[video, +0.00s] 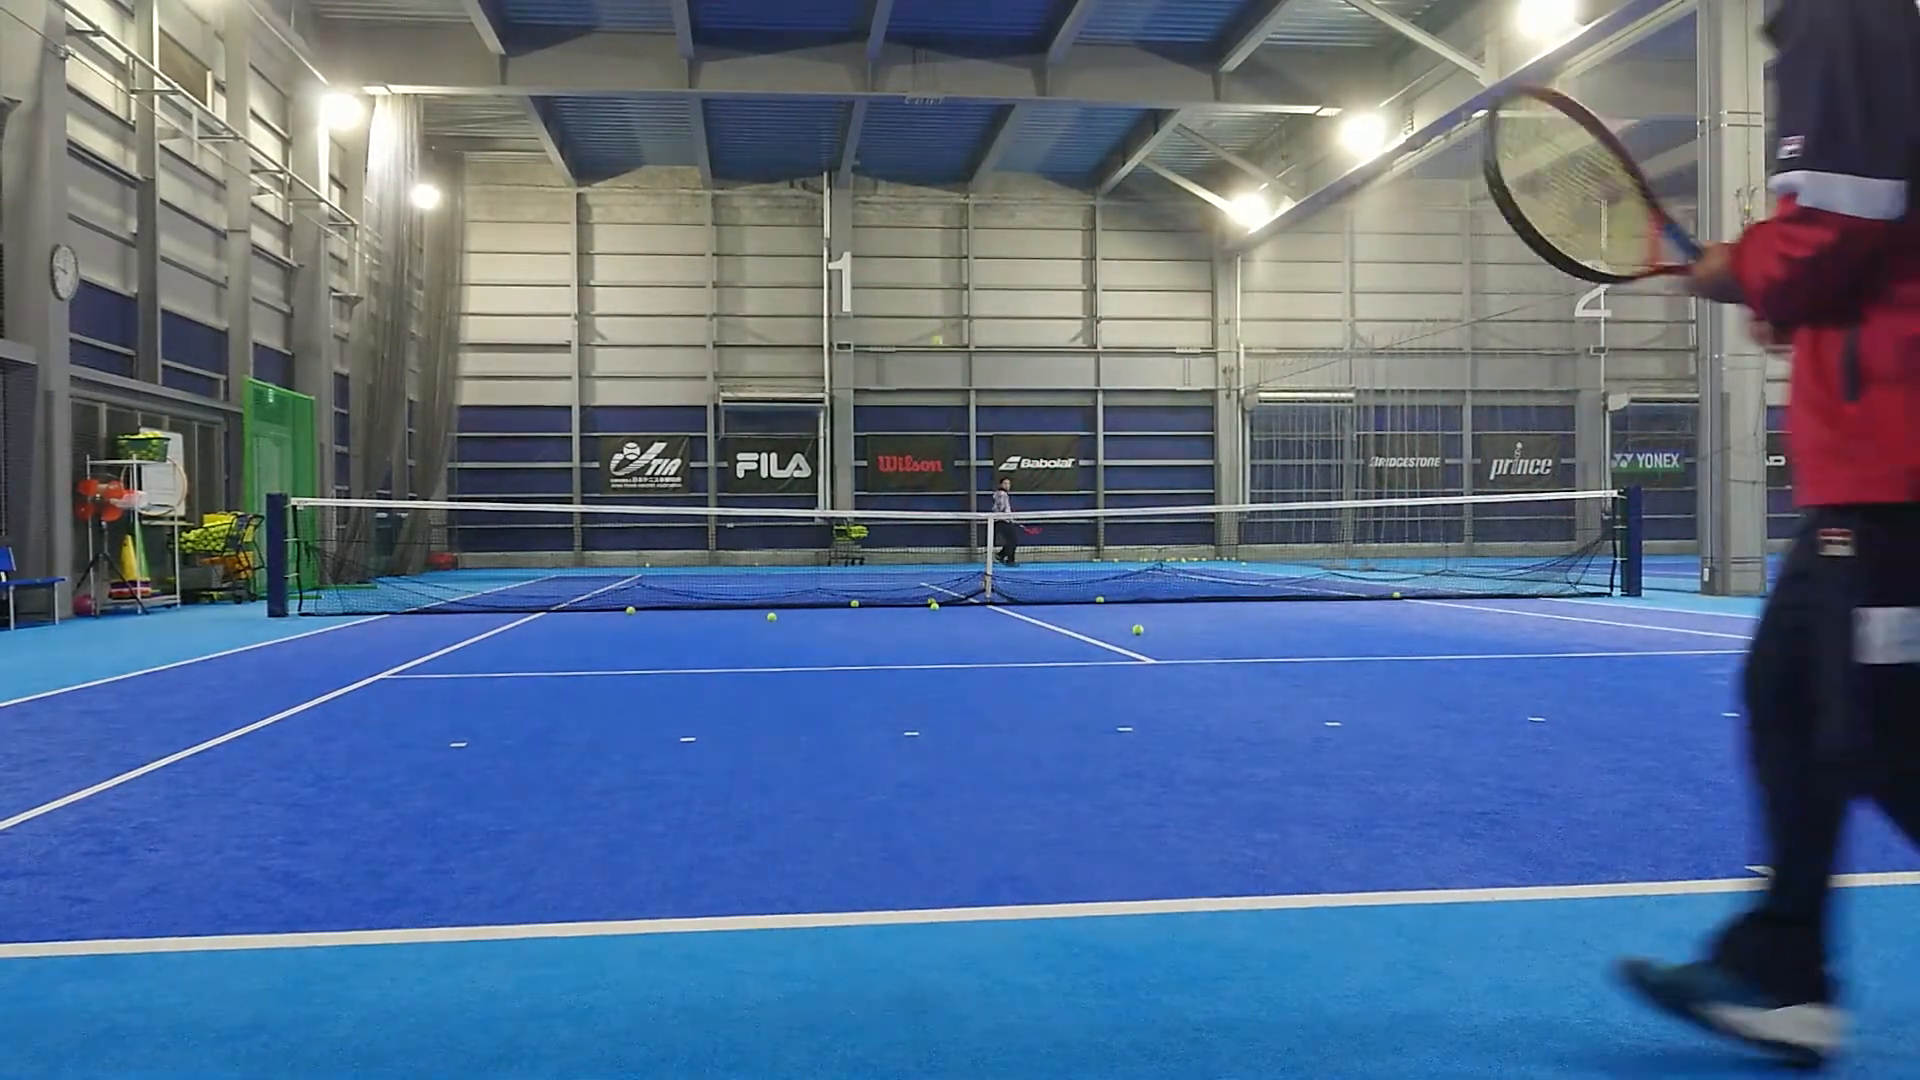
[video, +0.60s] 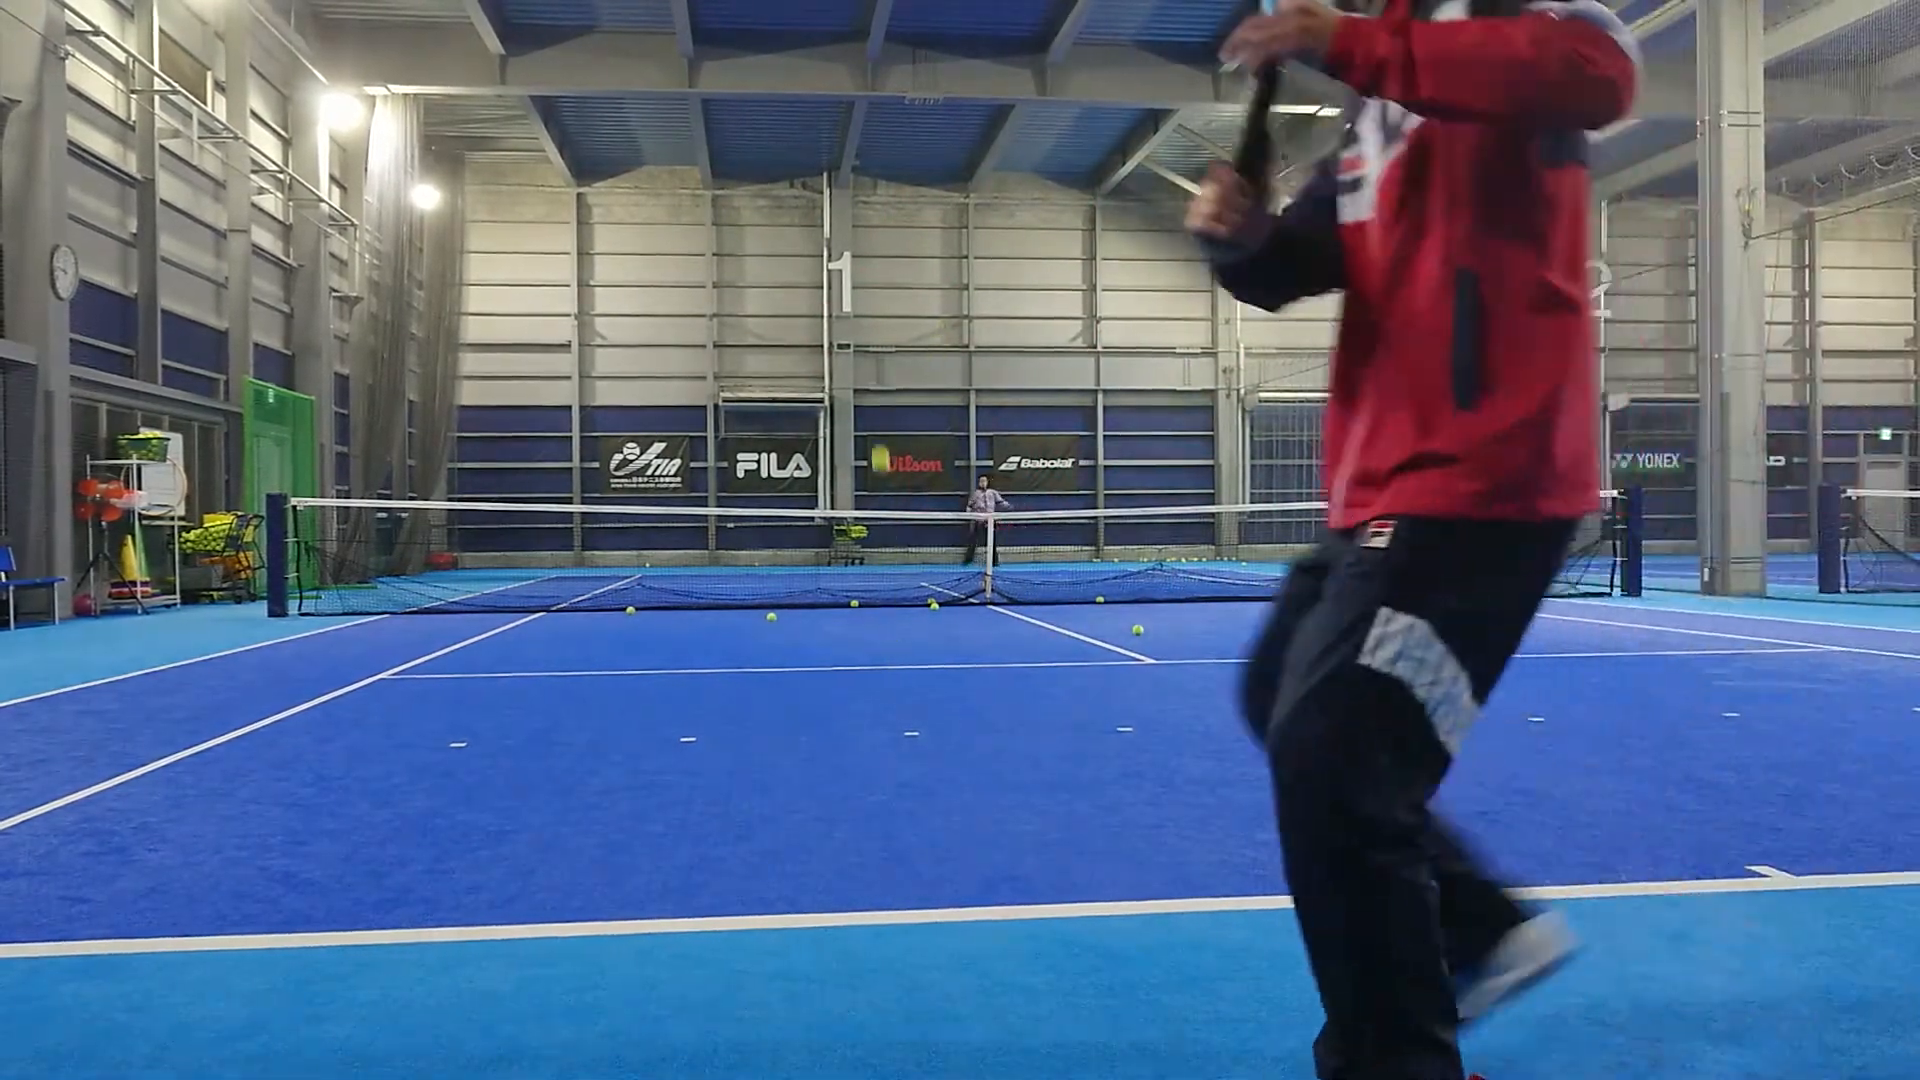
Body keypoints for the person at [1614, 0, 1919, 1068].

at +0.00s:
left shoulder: (1846, 18)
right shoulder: (1844, 25)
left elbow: (1840, 230)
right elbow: (1832, 227)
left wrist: (1731, 272)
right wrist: (1725, 262)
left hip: (1890, 472)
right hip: (1859, 470)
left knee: (1879, 735)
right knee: (1787, 692)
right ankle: (1780, 965)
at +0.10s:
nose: (1677, 5)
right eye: (1678, 7)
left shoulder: (1810, 36)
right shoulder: (1775, 57)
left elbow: (1795, 249)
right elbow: (1804, 271)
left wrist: (1662, 270)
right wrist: (1685, 324)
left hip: (1843, 458)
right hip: (1778, 460)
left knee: (1717, 735)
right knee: (1673, 730)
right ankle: (1730, 1005)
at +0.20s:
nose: (1605, 15)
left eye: (1611, 3)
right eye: (1607, 11)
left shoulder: (1748, 35)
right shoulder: (1699, 70)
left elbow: (1764, 226)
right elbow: (1704, 276)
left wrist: (1581, 262)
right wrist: (1579, 345)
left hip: (1781, 458)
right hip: (1728, 456)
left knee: (1605, 698)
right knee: (1601, 698)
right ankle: (1697, 996)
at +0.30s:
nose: (1534, 1)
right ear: (1558, 5)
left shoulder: (1692, 24)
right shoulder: (1600, 87)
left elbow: (1739, 177)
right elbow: (1576, 249)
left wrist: (1519, 220)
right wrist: (1485, 345)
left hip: (1718, 467)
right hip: (1647, 468)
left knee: (1538, 705)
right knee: (1585, 720)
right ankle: (1734, 1004)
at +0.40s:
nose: (1459, 3)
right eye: (1455, 7)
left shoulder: (1625, 19)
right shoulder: (1515, 88)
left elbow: (1699, 145)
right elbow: (1487, 252)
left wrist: (1466, 161)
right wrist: (1402, 322)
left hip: (1626, 462)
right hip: (1558, 467)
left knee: (1462, 715)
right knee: (1533, 732)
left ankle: (1425, 1056)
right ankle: (1728, 997)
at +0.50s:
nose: (1388, 49)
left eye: (1395, 29)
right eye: (1383, 41)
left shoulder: (1580, 41)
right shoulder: (1459, 160)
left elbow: (1650, 109)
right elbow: (1380, 285)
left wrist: (1418, 89)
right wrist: (1315, 276)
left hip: (1557, 484)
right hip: (1475, 486)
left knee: (1381, 732)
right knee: (1396, 737)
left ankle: (1402, 1057)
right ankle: (1639, 936)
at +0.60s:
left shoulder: (1516, 26)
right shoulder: (1370, 120)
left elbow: (1599, 76)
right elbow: (1291, 269)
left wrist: (1354, 44)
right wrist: (1245, 237)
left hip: (1494, 476)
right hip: (1391, 478)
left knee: (1334, 752)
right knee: (1284, 698)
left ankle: (1392, 1057)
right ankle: (1481, 928)